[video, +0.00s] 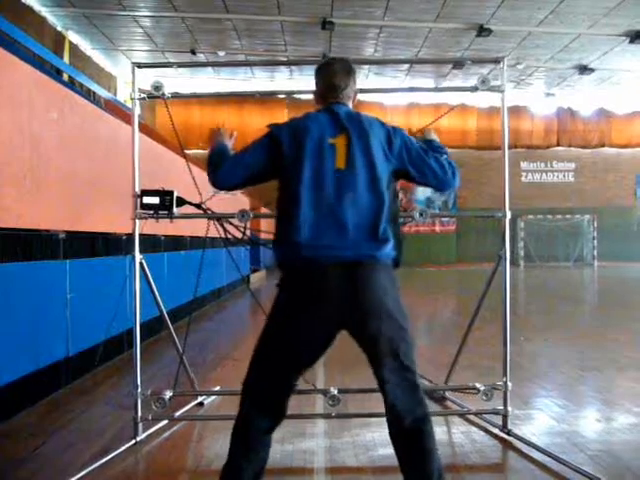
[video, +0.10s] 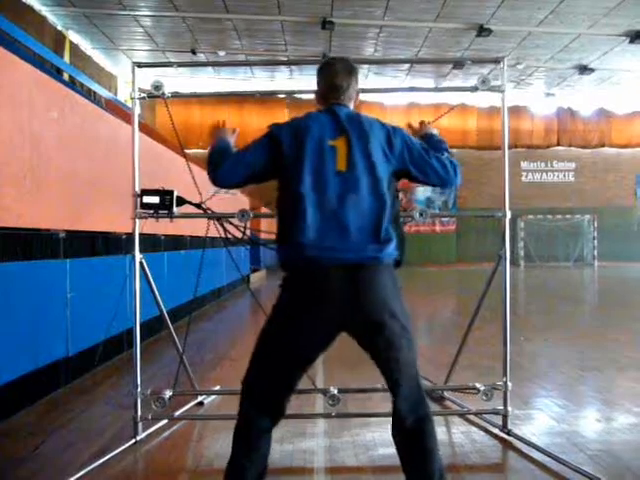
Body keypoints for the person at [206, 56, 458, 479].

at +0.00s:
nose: (334, 94)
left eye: (321, 87)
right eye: (350, 89)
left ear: (315, 91)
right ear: (354, 93)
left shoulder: (290, 135)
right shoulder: (381, 135)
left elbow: (223, 176)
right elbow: (444, 177)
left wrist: (219, 146)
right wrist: (429, 142)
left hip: (308, 285)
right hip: (371, 284)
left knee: (263, 395)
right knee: (402, 388)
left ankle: (240, 475)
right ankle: (427, 475)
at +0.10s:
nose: (342, 95)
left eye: (324, 87)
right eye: (352, 89)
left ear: (316, 92)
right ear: (356, 93)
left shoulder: (289, 135)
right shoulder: (382, 135)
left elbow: (224, 174)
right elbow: (446, 175)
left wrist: (221, 143)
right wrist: (431, 139)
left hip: (310, 288)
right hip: (374, 287)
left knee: (261, 401)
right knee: (409, 394)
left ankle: (243, 475)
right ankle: (428, 475)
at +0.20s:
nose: (343, 97)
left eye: (324, 89)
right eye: (353, 91)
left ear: (316, 93)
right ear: (356, 95)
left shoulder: (289, 139)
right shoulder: (382, 139)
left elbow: (223, 175)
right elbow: (445, 177)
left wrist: (220, 144)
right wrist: (429, 139)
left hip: (305, 289)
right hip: (369, 288)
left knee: (261, 402)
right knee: (414, 397)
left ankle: (243, 476)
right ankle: (436, 475)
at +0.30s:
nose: (337, 96)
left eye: (324, 89)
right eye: (352, 91)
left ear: (318, 94)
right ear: (357, 95)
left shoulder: (292, 140)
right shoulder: (384, 140)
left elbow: (227, 178)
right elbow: (446, 179)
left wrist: (223, 145)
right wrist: (427, 142)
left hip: (309, 291)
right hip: (372, 291)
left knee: (256, 395)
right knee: (406, 396)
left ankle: (239, 476)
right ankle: (433, 476)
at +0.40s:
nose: (346, 98)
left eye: (327, 90)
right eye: (353, 92)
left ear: (317, 94)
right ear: (357, 96)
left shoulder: (288, 140)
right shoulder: (382, 140)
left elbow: (224, 177)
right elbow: (443, 181)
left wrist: (224, 143)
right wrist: (428, 142)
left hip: (302, 289)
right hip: (366, 288)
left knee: (259, 402)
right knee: (408, 395)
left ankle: (239, 476)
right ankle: (433, 475)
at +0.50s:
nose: (338, 97)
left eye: (322, 90)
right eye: (350, 91)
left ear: (316, 94)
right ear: (356, 95)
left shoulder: (289, 139)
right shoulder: (381, 140)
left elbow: (223, 177)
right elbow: (443, 181)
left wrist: (222, 143)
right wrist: (427, 141)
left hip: (303, 290)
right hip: (367, 289)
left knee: (258, 390)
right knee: (404, 393)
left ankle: (243, 476)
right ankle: (428, 475)